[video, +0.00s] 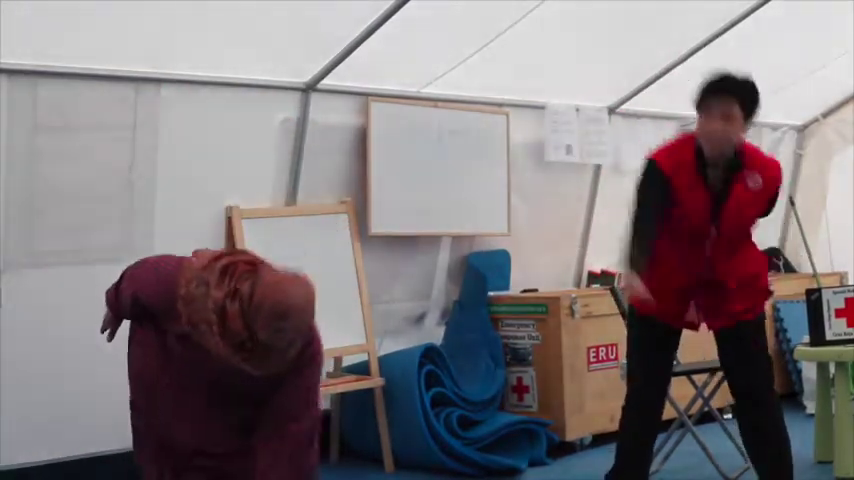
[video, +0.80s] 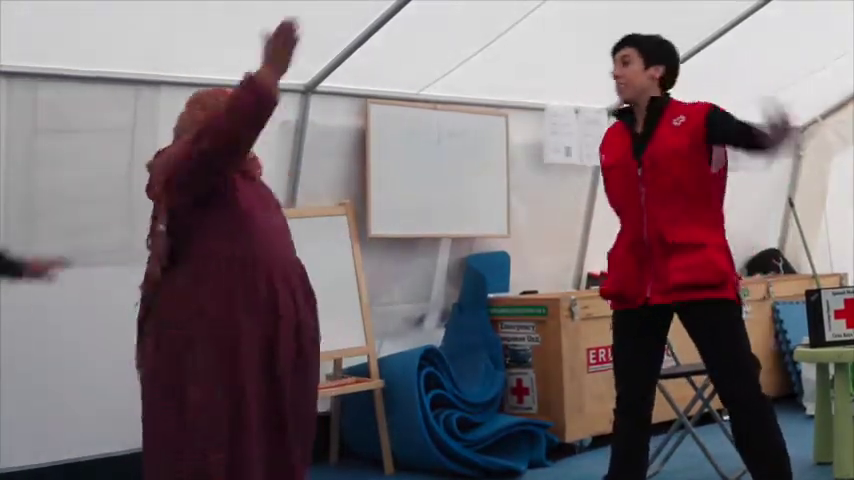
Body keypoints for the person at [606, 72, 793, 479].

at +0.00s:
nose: (715, 127)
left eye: (727, 117)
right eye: (709, 115)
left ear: (745, 125)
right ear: (696, 118)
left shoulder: (764, 172)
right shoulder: (665, 165)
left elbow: (758, 212)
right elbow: (644, 223)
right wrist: (635, 269)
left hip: (733, 287)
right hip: (663, 286)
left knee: (757, 397)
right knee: (644, 399)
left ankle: (777, 474)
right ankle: (626, 476)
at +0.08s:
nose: (695, 93)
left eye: (708, 85)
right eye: (690, 83)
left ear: (730, 96)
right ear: (681, 88)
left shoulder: (755, 153)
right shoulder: (653, 141)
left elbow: (760, 205)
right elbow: (619, 184)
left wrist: (709, 222)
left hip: (732, 284)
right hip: (660, 284)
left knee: (758, 403)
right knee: (643, 405)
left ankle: (777, 476)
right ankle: (625, 478)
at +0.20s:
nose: (672, 71)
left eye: (686, 62)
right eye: (669, 62)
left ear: (715, 75)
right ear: (665, 71)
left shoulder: (746, 135)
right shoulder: (641, 125)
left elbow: (756, 201)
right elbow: (591, 151)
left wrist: (707, 219)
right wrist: (542, 165)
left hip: (727, 282)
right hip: (654, 281)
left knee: (757, 401)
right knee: (640, 404)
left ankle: (778, 476)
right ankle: (625, 479)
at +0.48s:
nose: (651, 67)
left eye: (663, 58)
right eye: (648, 60)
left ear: (694, 71)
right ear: (646, 71)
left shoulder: (727, 133)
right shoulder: (627, 132)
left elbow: (749, 208)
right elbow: (578, 178)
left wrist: (718, 253)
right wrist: (539, 227)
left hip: (711, 281)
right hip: (639, 284)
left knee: (749, 401)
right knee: (634, 406)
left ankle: (775, 476)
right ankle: (624, 478)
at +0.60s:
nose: (640, 66)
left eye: (652, 59)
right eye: (639, 60)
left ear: (682, 72)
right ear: (636, 73)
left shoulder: (716, 130)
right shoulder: (620, 136)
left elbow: (753, 199)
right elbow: (601, 196)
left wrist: (772, 264)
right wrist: (610, 252)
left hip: (706, 281)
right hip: (635, 285)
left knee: (746, 401)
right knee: (631, 408)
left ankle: (775, 476)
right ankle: (623, 479)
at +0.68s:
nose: (630, 69)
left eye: (641, 60)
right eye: (629, 62)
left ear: (673, 72)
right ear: (630, 74)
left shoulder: (710, 127)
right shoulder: (617, 136)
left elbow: (759, 181)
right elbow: (627, 206)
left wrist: (795, 230)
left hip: (702, 278)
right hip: (633, 282)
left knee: (743, 396)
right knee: (630, 404)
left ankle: (774, 477)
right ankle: (623, 479)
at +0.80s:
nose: (616, 73)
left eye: (625, 64)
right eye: (614, 65)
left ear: (658, 72)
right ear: (618, 78)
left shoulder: (697, 118)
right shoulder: (612, 138)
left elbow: (755, 139)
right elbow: (625, 205)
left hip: (701, 276)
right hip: (635, 283)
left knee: (742, 396)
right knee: (630, 407)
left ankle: (774, 476)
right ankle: (622, 478)